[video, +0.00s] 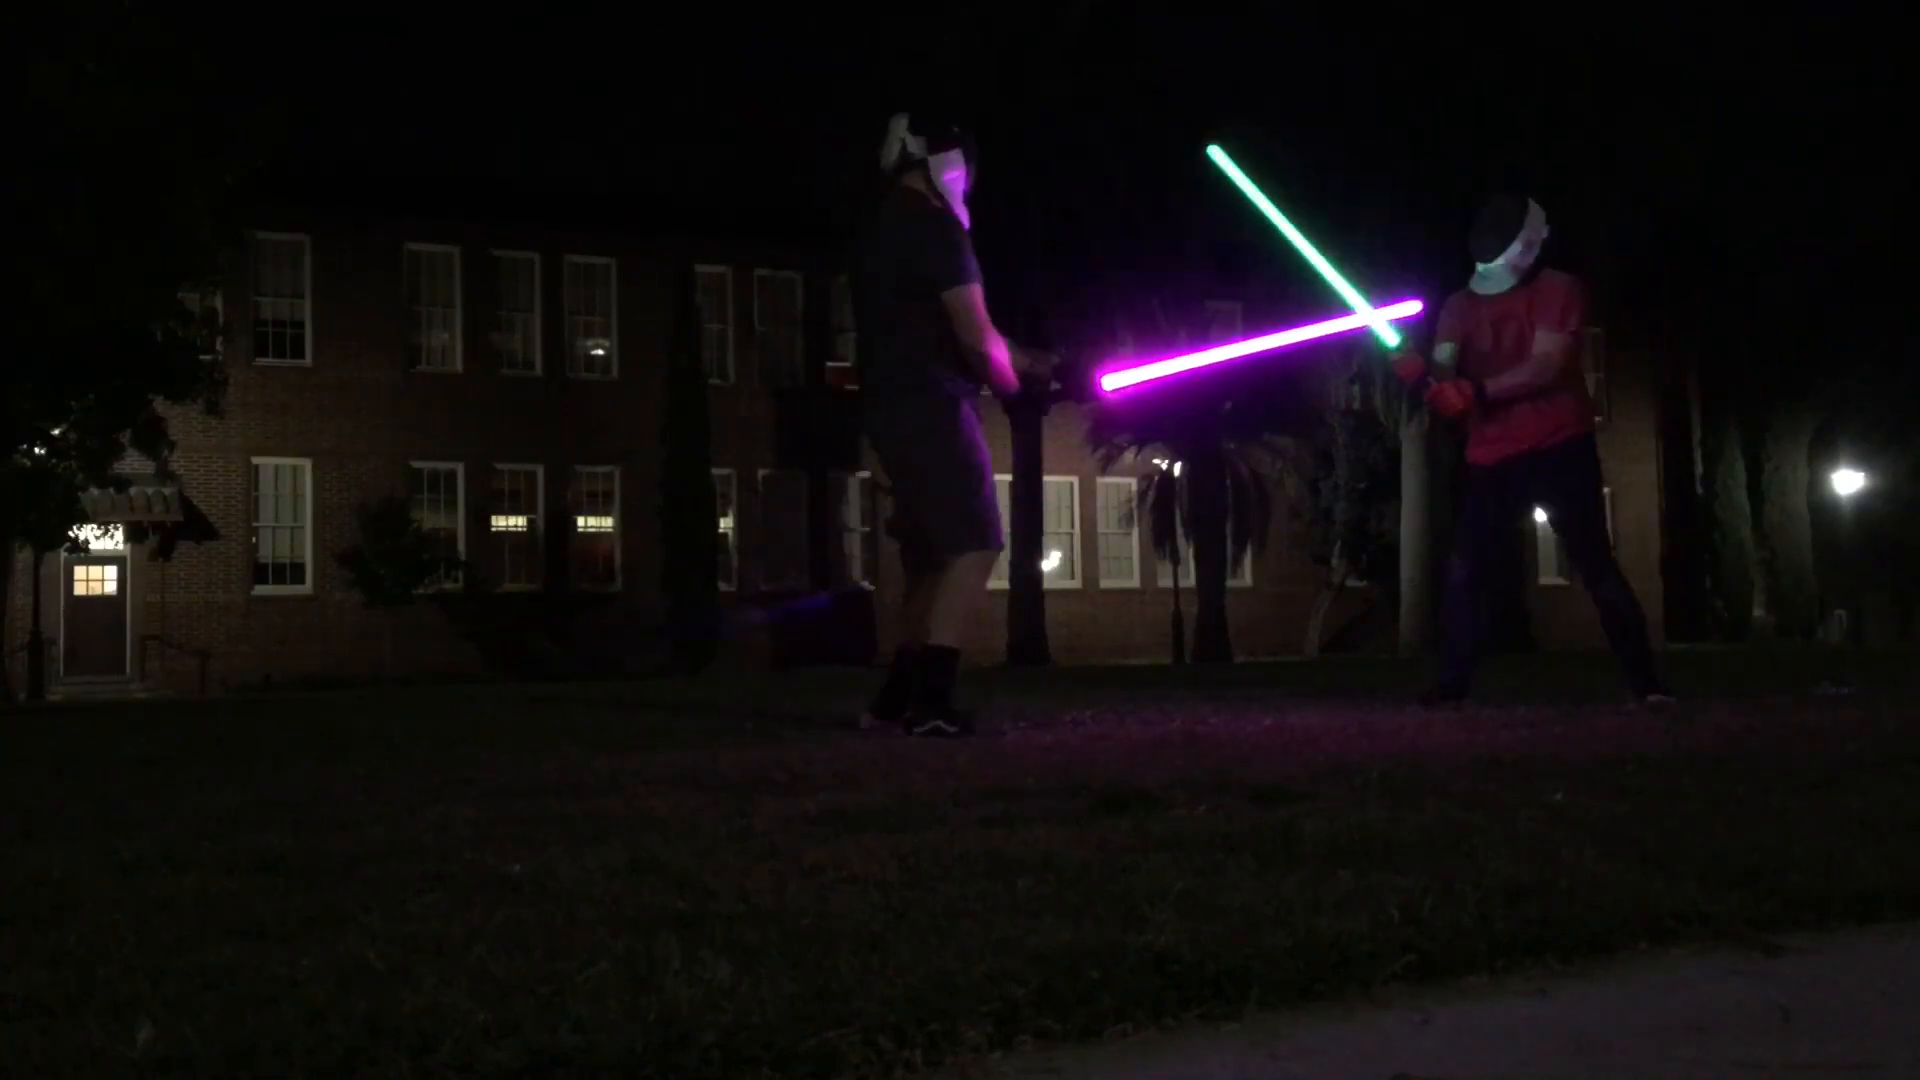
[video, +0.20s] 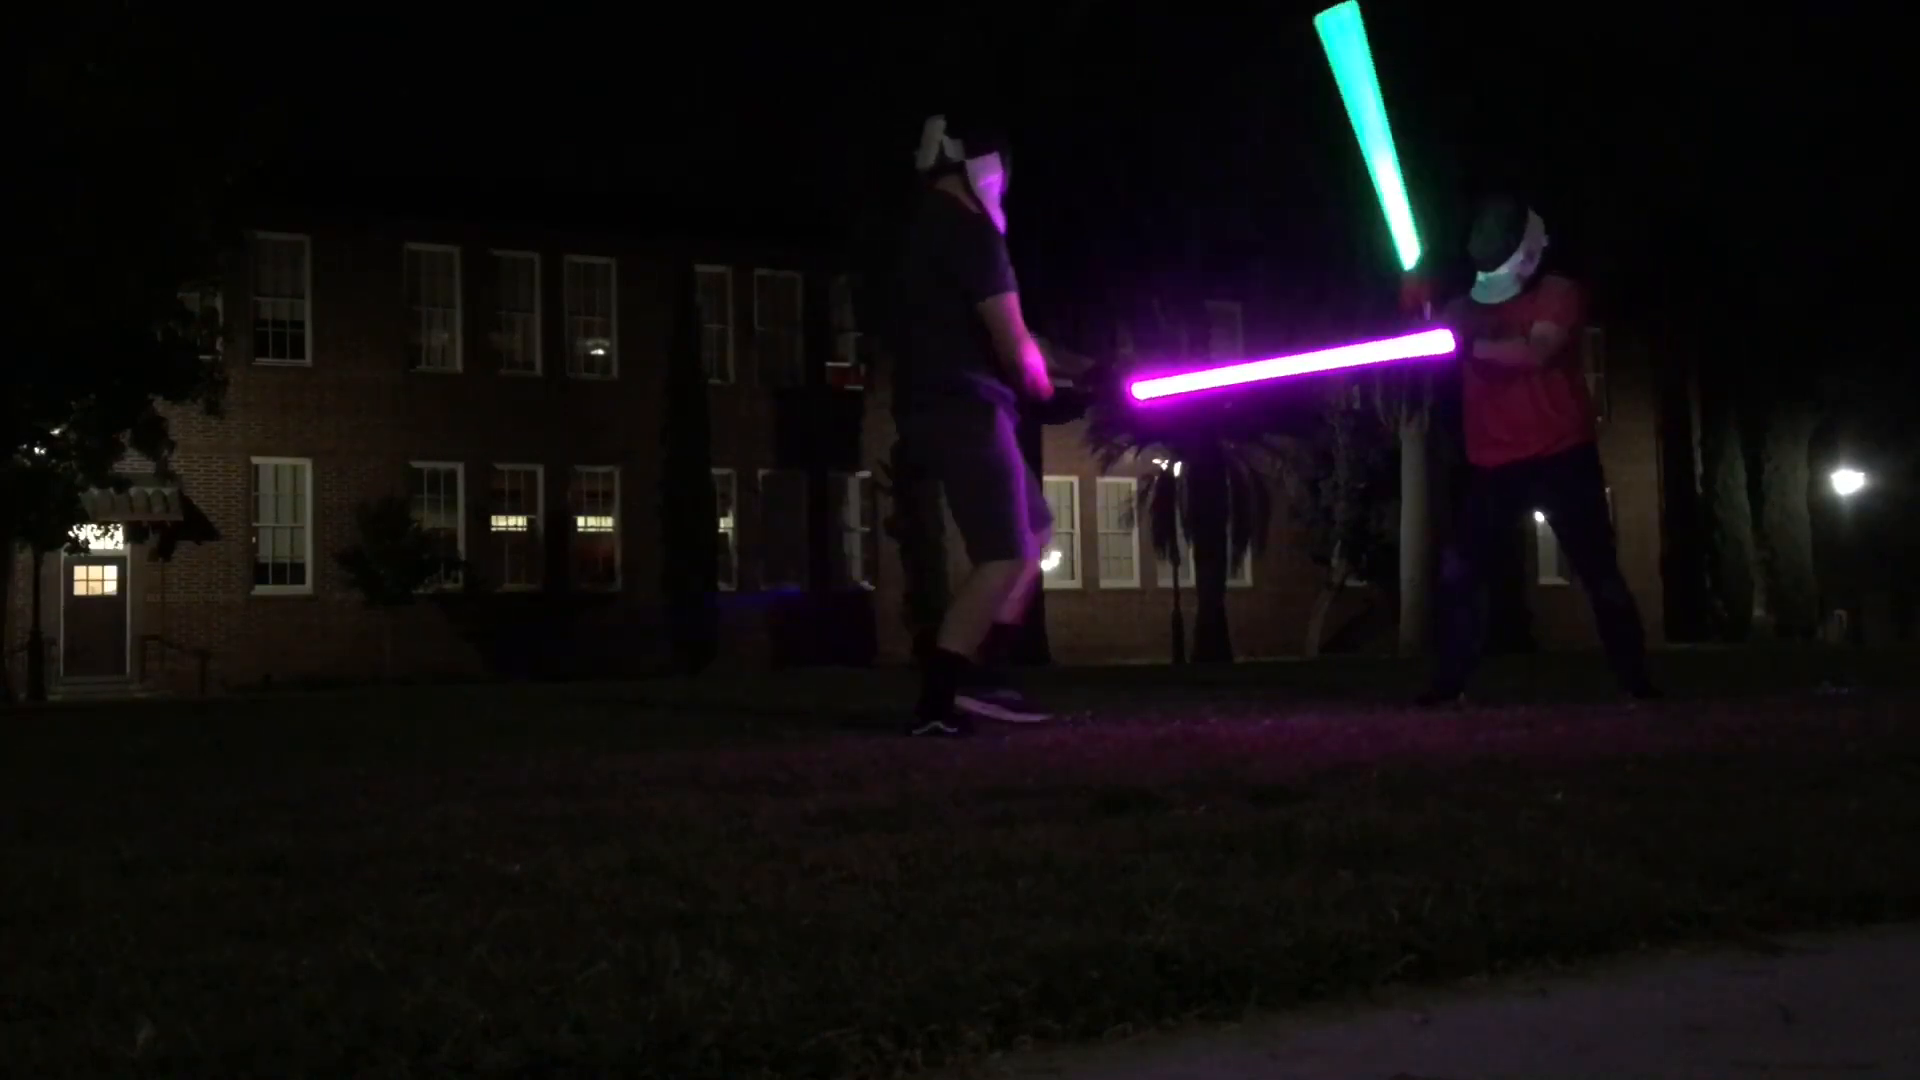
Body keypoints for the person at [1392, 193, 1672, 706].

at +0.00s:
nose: (1531, 250)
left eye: (1525, 243)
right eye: (1524, 241)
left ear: (1528, 244)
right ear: (1504, 246)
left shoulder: (1557, 292)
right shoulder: (1458, 308)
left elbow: (1545, 367)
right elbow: (1444, 386)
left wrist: (1476, 391)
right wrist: (1422, 376)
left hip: (1561, 452)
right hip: (1491, 462)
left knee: (1594, 568)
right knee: (1469, 569)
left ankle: (1646, 684)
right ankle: (1452, 684)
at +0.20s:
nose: (1494, 277)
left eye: (1504, 265)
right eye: (1487, 268)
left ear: (1529, 253)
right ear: (1477, 259)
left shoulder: (1556, 295)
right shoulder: (1465, 308)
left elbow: (1536, 351)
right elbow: (1425, 344)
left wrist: (1465, 346)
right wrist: (1415, 312)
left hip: (1562, 458)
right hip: (1492, 465)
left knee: (1597, 573)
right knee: (1469, 572)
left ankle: (1635, 680)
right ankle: (1451, 681)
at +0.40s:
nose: (1476, 260)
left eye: (1486, 249)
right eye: (1471, 252)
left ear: (1508, 249)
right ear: (1462, 256)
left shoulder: (1540, 295)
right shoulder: (1452, 306)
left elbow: (1506, 323)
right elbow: (1405, 316)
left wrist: (1449, 278)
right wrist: (1420, 252)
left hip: (1540, 462)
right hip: (1474, 469)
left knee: (1587, 576)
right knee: (1447, 576)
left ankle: (1637, 684)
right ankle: (1423, 693)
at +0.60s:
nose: (1447, 243)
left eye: (1459, 229)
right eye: (1437, 231)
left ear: (1481, 236)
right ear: (1424, 240)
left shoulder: (1503, 287)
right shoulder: (1418, 295)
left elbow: (1488, 322)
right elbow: (1374, 314)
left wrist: (1422, 313)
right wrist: (1378, 274)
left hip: (1503, 456)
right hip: (1438, 460)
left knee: (1551, 568)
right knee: (1431, 574)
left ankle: (1607, 677)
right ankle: (1422, 688)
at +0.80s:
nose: (1430, 279)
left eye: (1440, 267)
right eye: (1421, 270)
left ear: (1463, 255)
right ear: (1410, 263)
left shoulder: (1490, 298)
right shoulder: (1402, 303)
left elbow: (1468, 331)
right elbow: (1371, 322)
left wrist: (1394, 323)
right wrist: (1351, 300)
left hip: (1485, 463)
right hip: (1423, 465)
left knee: (1503, 570)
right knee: (1423, 572)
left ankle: (1515, 679)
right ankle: (1421, 682)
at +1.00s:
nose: (1454, 306)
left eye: (1462, 296)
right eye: (1446, 299)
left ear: (1480, 285)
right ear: (1435, 287)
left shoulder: (1499, 321)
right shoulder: (1411, 325)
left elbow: (1494, 344)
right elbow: (1377, 372)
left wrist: (1432, 344)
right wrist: (1375, 326)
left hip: (1488, 471)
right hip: (1428, 472)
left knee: (1503, 573)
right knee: (1437, 569)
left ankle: (1504, 672)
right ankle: (1420, 680)